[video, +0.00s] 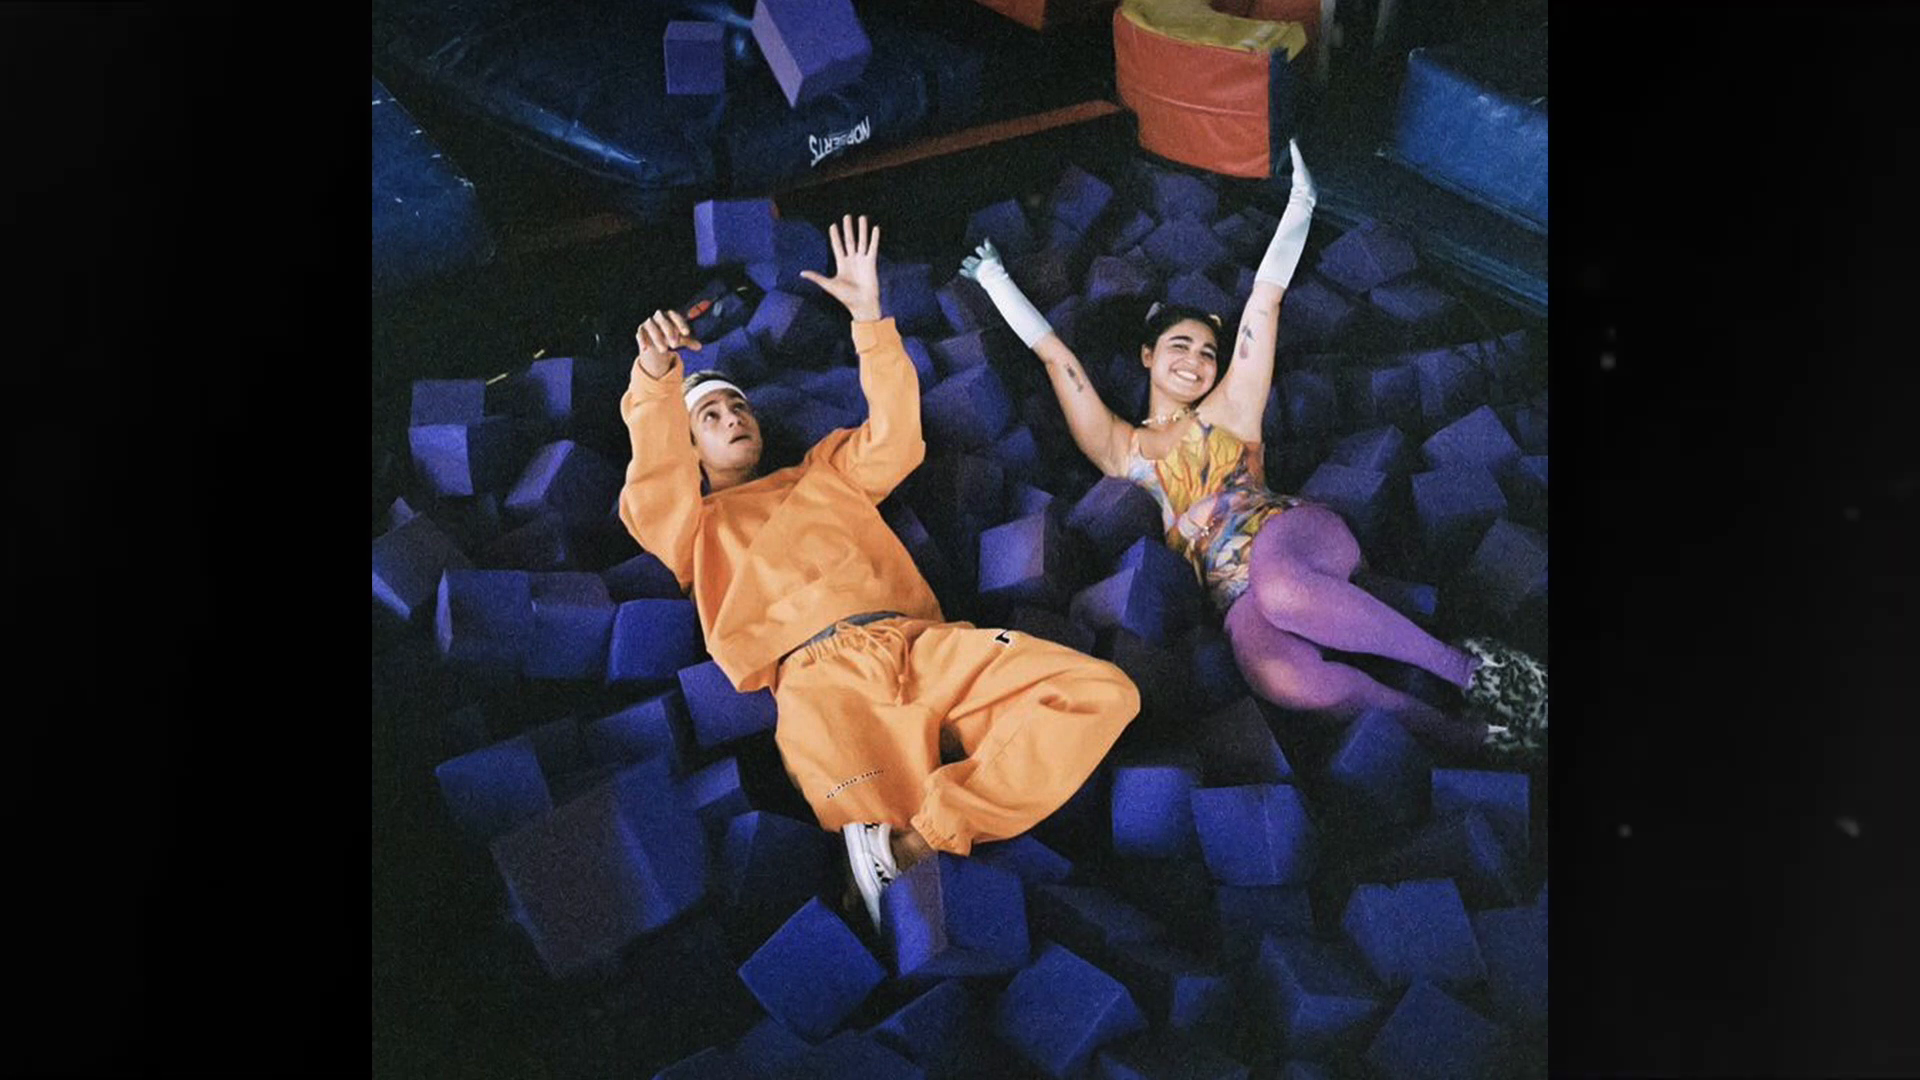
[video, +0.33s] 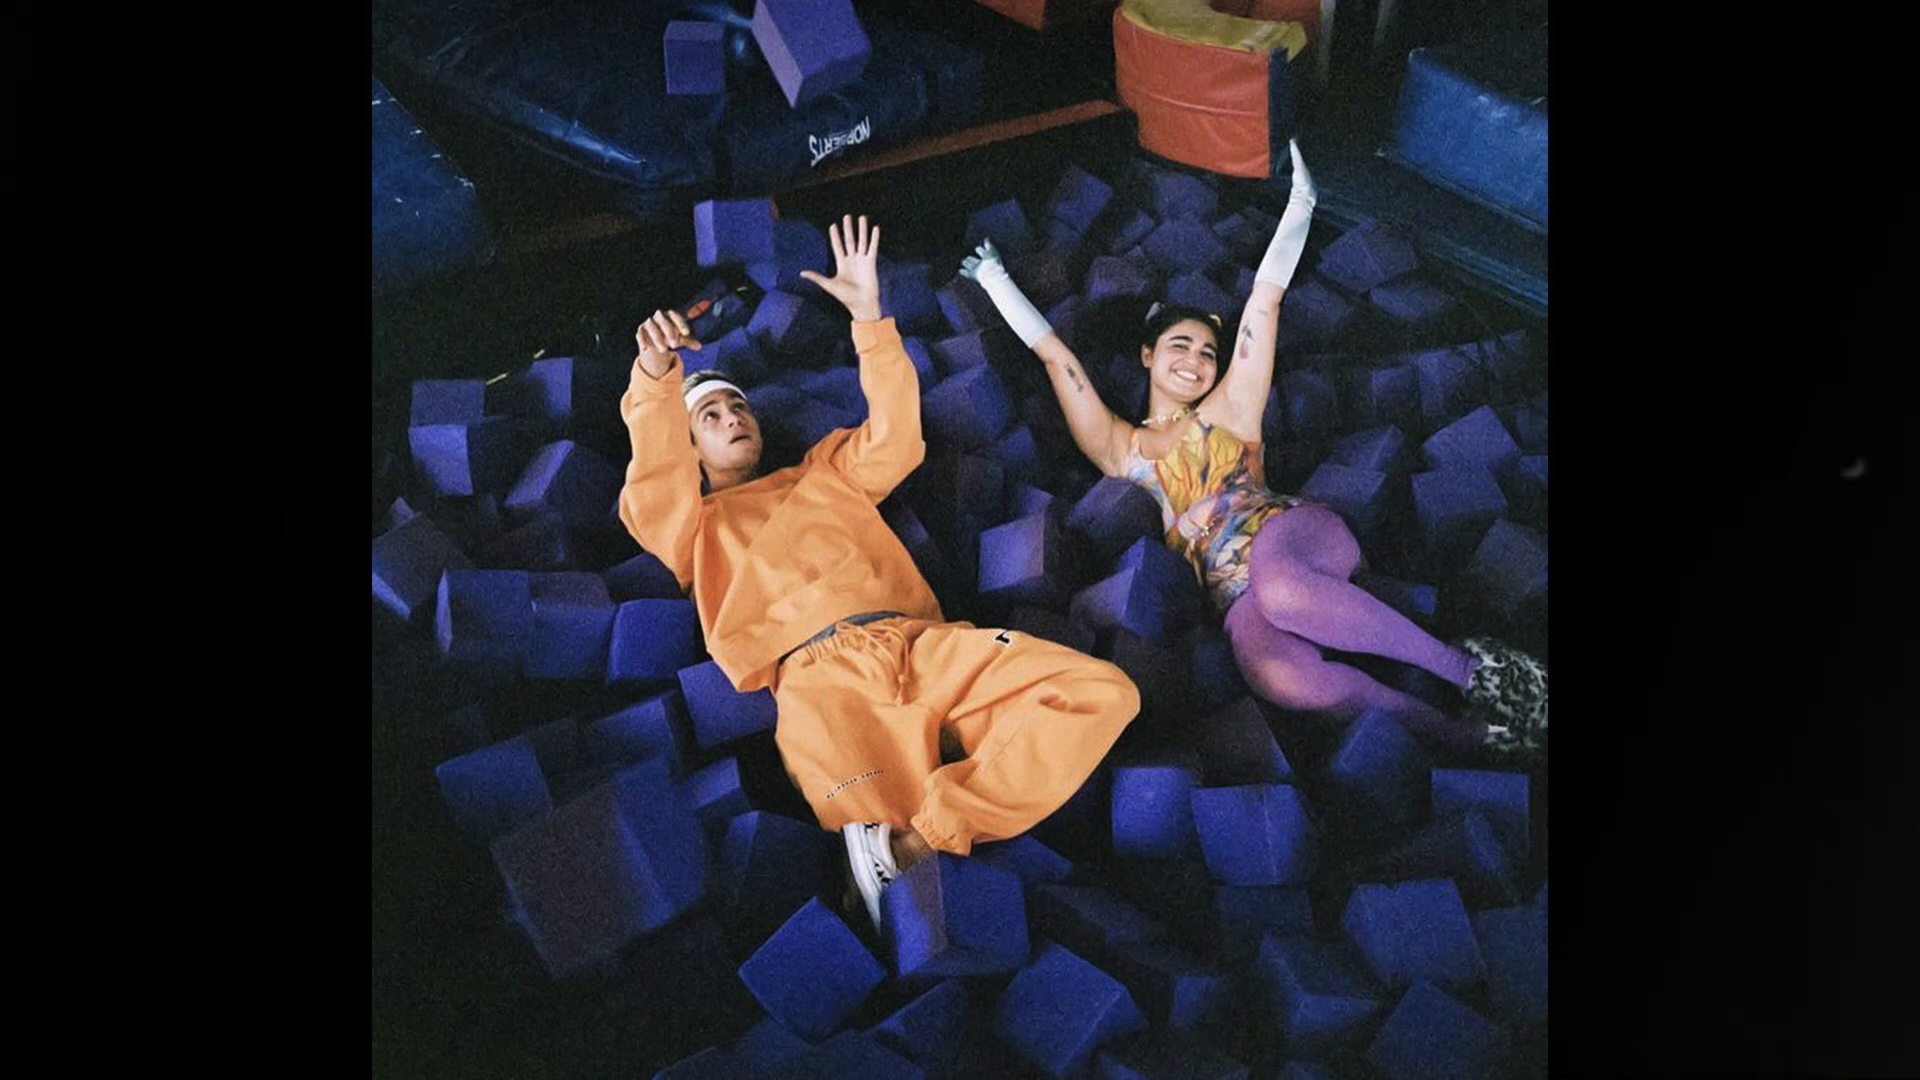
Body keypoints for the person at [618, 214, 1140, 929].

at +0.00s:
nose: (731, 418)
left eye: (738, 407)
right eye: (709, 415)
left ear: (760, 425)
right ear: (688, 449)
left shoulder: (827, 468)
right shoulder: (696, 525)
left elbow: (895, 436)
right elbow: (655, 477)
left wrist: (868, 317)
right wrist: (655, 373)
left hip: (918, 641)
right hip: (820, 673)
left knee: (1094, 692)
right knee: (883, 832)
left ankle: (916, 841)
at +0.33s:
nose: (731, 418)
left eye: (738, 407)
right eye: (709, 415)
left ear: (760, 425)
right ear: (688, 448)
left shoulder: (827, 468)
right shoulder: (695, 525)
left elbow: (895, 436)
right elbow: (655, 476)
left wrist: (868, 317)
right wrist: (655, 373)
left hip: (918, 640)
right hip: (820, 672)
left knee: (1094, 692)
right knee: (881, 829)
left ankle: (917, 840)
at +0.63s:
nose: (731, 418)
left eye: (738, 407)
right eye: (709, 415)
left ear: (760, 425)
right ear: (688, 449)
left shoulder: (827, 468)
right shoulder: (696, 525)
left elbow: (895, 436)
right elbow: (655, 477)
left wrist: (868, 317)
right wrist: (655, 373)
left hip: (918, 641)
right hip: (820, 673)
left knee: (1094, 692)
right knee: (883, 831)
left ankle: (916, 841)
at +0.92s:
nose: (731, 418)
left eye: (738, 407)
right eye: (709, 415)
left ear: (760, 425)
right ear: (688, 449)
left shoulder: (827, 468)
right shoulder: (696, 525)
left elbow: (895, 436)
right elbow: (655, 476)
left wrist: (868, 317)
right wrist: (655, 373)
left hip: (918, 641)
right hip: (820, 673)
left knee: (1094, 692)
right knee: (883, 831)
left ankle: (916, 841)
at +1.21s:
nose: (731, 418)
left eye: (738, 407)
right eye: (709, 415)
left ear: (760, 425)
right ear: (688, 449)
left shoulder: (827, 468)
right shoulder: (696, 525)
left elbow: (895, 436)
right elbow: (655, 477)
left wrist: (868, 317)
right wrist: (655, 373)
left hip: (918, 641)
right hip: (820, 673)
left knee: (1094, 692)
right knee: (883, 831)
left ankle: (916, 841)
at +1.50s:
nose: (731, 418)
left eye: (738, 407)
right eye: (709, 415)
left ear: (760, 425)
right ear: (687, 449)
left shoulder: (827, 468)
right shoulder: (696, 525)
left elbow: (895, 436)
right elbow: (655, 477)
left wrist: (868, 317)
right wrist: (655, 373)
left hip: (917, 640)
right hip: (820, 673)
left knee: (1094, 692)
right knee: (883, 831)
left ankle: (917, 841)